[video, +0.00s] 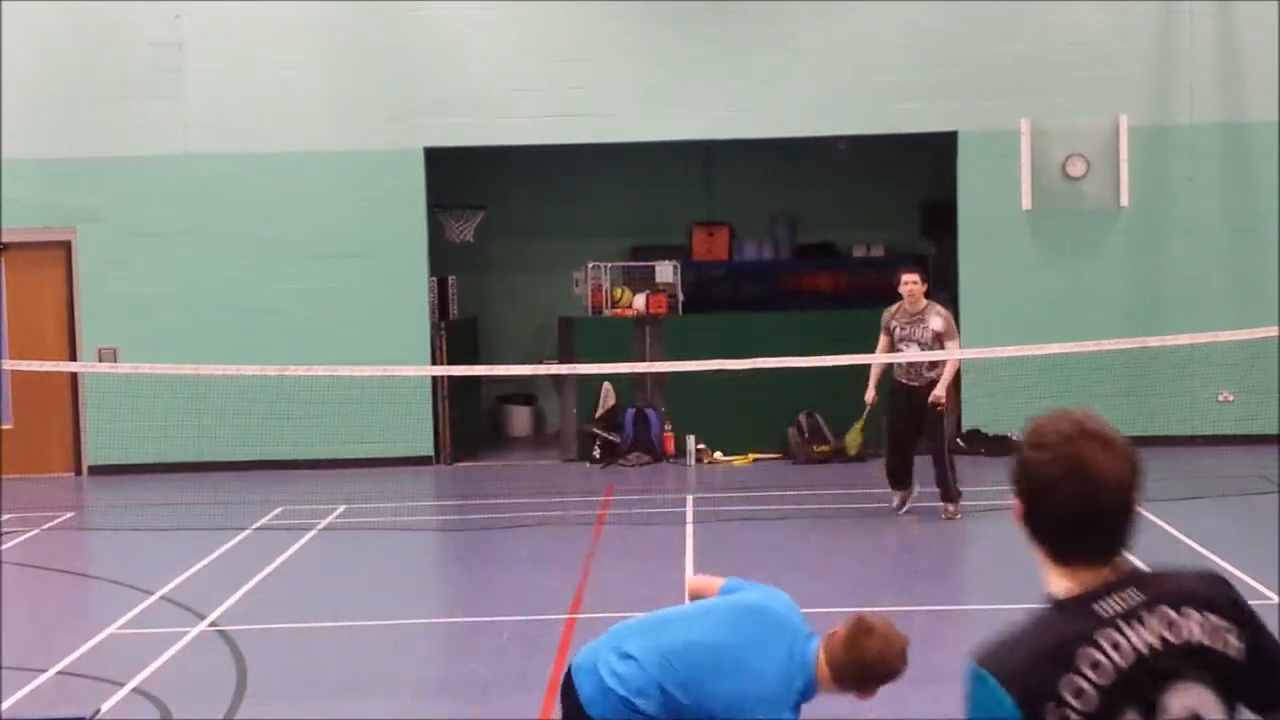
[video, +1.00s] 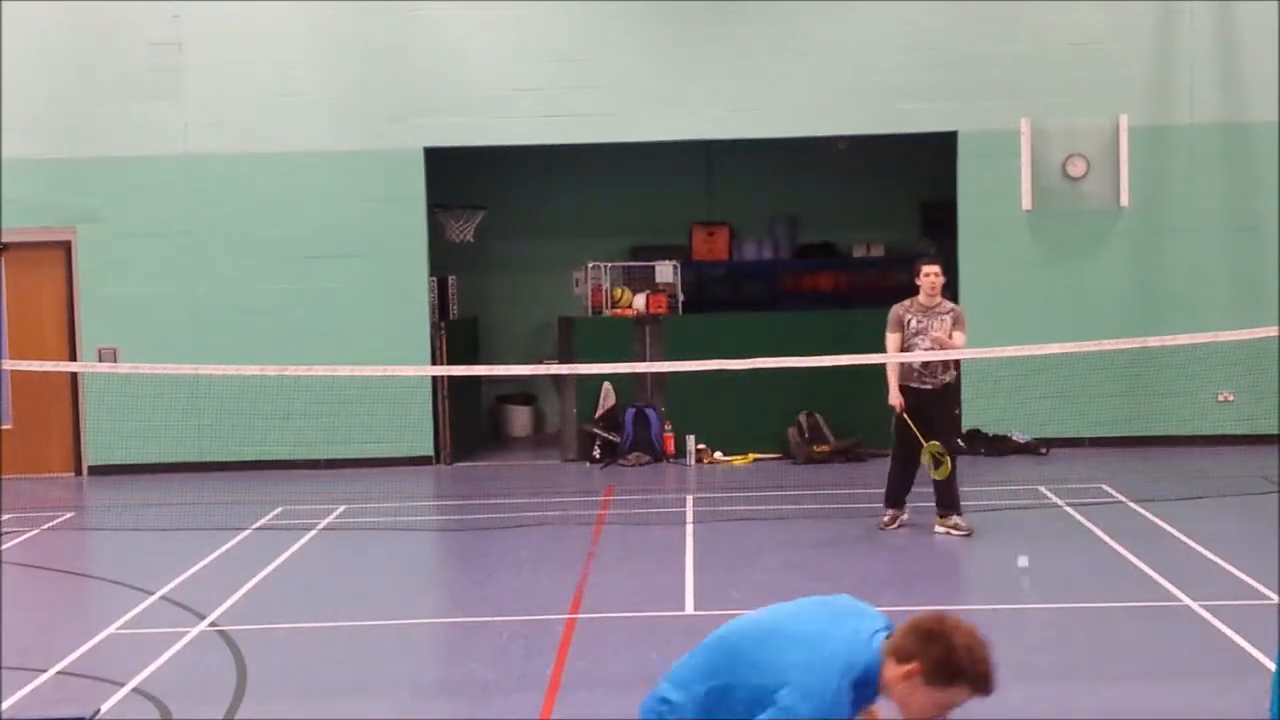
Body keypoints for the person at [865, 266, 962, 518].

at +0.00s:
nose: (909, 288)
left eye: (913, 283)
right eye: (904, 283)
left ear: (924, 287)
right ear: (899, 288)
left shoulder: (940, 316)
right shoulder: (891, 316)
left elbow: (953, 355)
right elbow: (881, 353)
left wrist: (942, 386)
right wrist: (871, 386)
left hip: (934, 386)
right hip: (902, 386)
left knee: (939, 444)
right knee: (896, 440)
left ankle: (950, 500)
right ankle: (902, 487)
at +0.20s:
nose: (903, 284)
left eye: (908, 279)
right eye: (899, 280)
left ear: (917, 284)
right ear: (892, 285)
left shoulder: (934, 315)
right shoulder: (881, 316)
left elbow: (948, 355)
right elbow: (872, 351)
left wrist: (947, 392)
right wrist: (868, 380)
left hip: (929, 389)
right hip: (896, 390)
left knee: (937, 448)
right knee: (897, 449)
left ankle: (949, 499)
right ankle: (896, 506)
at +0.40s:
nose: (897, 279)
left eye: (901, 274)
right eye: (892, 275)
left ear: (911, 279)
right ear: (885, 281)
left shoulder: (928, 310)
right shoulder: (873, 314)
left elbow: (940, 351)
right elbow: (863, 353)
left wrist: (944, 387)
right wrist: (867, 382)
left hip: (923, 388)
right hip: (888, 389)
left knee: (932, 446)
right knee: (890, 449)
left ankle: (937, 494)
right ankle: (895, 508)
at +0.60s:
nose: (905, 277)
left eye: (908, 273)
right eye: (899, 273)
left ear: (915, 278)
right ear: (890, 279)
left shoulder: (929, 309)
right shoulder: (875, 312)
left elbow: (939, 346)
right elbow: (868, 353)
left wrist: (932, 358)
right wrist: (874, 385)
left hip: (923, 387)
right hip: (890, 389)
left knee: (929, 446)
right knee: (890, 449)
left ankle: (934, 507)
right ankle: (894, 509)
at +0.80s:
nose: (918, 279)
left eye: (921, 274)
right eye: (912, 275)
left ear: (926, 279)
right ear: (901, 280)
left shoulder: (938, 312)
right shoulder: (883, 313)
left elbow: (945, 348)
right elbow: (880, 354)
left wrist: (931, 336)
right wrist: (884, 388)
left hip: (928, 390)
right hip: (896, 390)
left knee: (934, 449)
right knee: (895, 452)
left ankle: (947, 511)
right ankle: (895, 510)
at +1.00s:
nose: (933, 280)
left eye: (937, 275)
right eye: (927, 275)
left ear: (944, 280)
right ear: (917, 280)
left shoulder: (954, 312)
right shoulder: (900, 312)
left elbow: (960, 344)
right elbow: (892, 354)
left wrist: (945, 341)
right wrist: (893, 390)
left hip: (944, 391)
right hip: (910, 390)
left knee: (945, 451)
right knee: (904, 451)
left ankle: (947, 515)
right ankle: (895, 508)